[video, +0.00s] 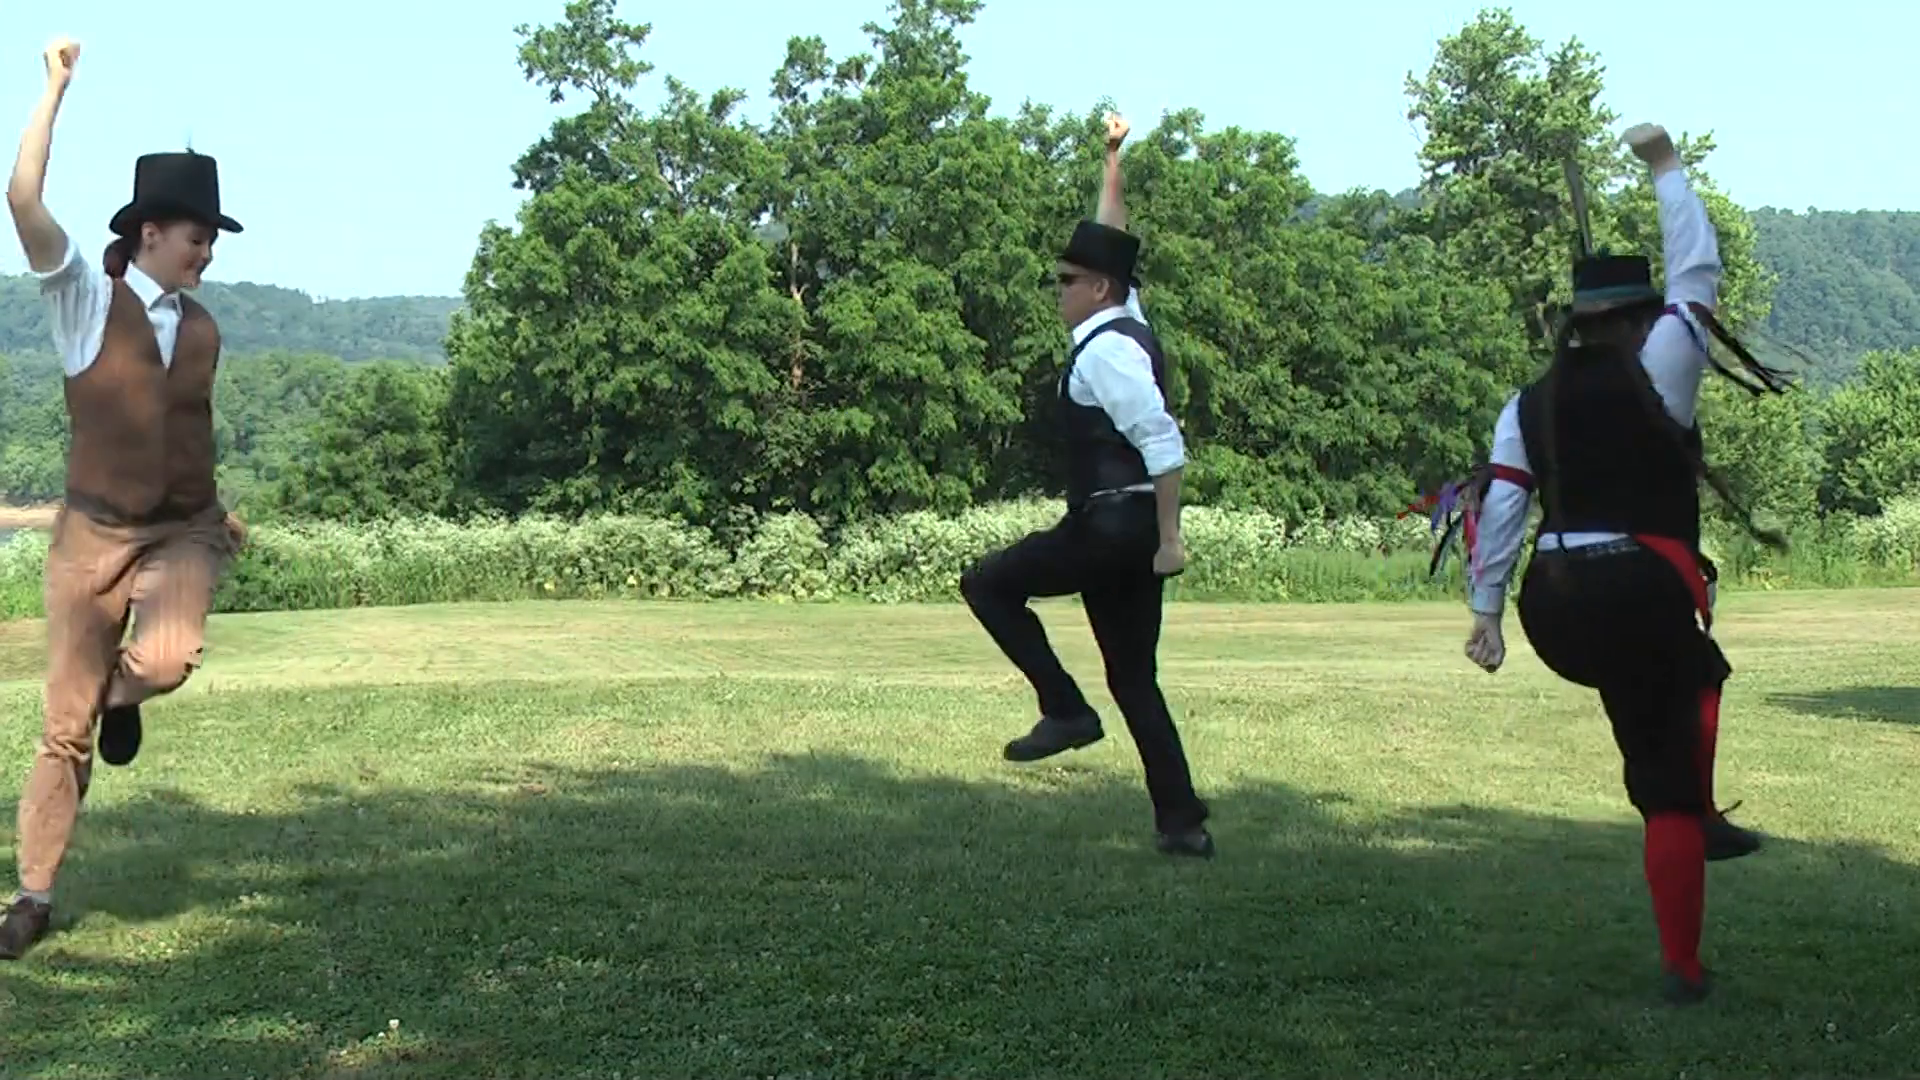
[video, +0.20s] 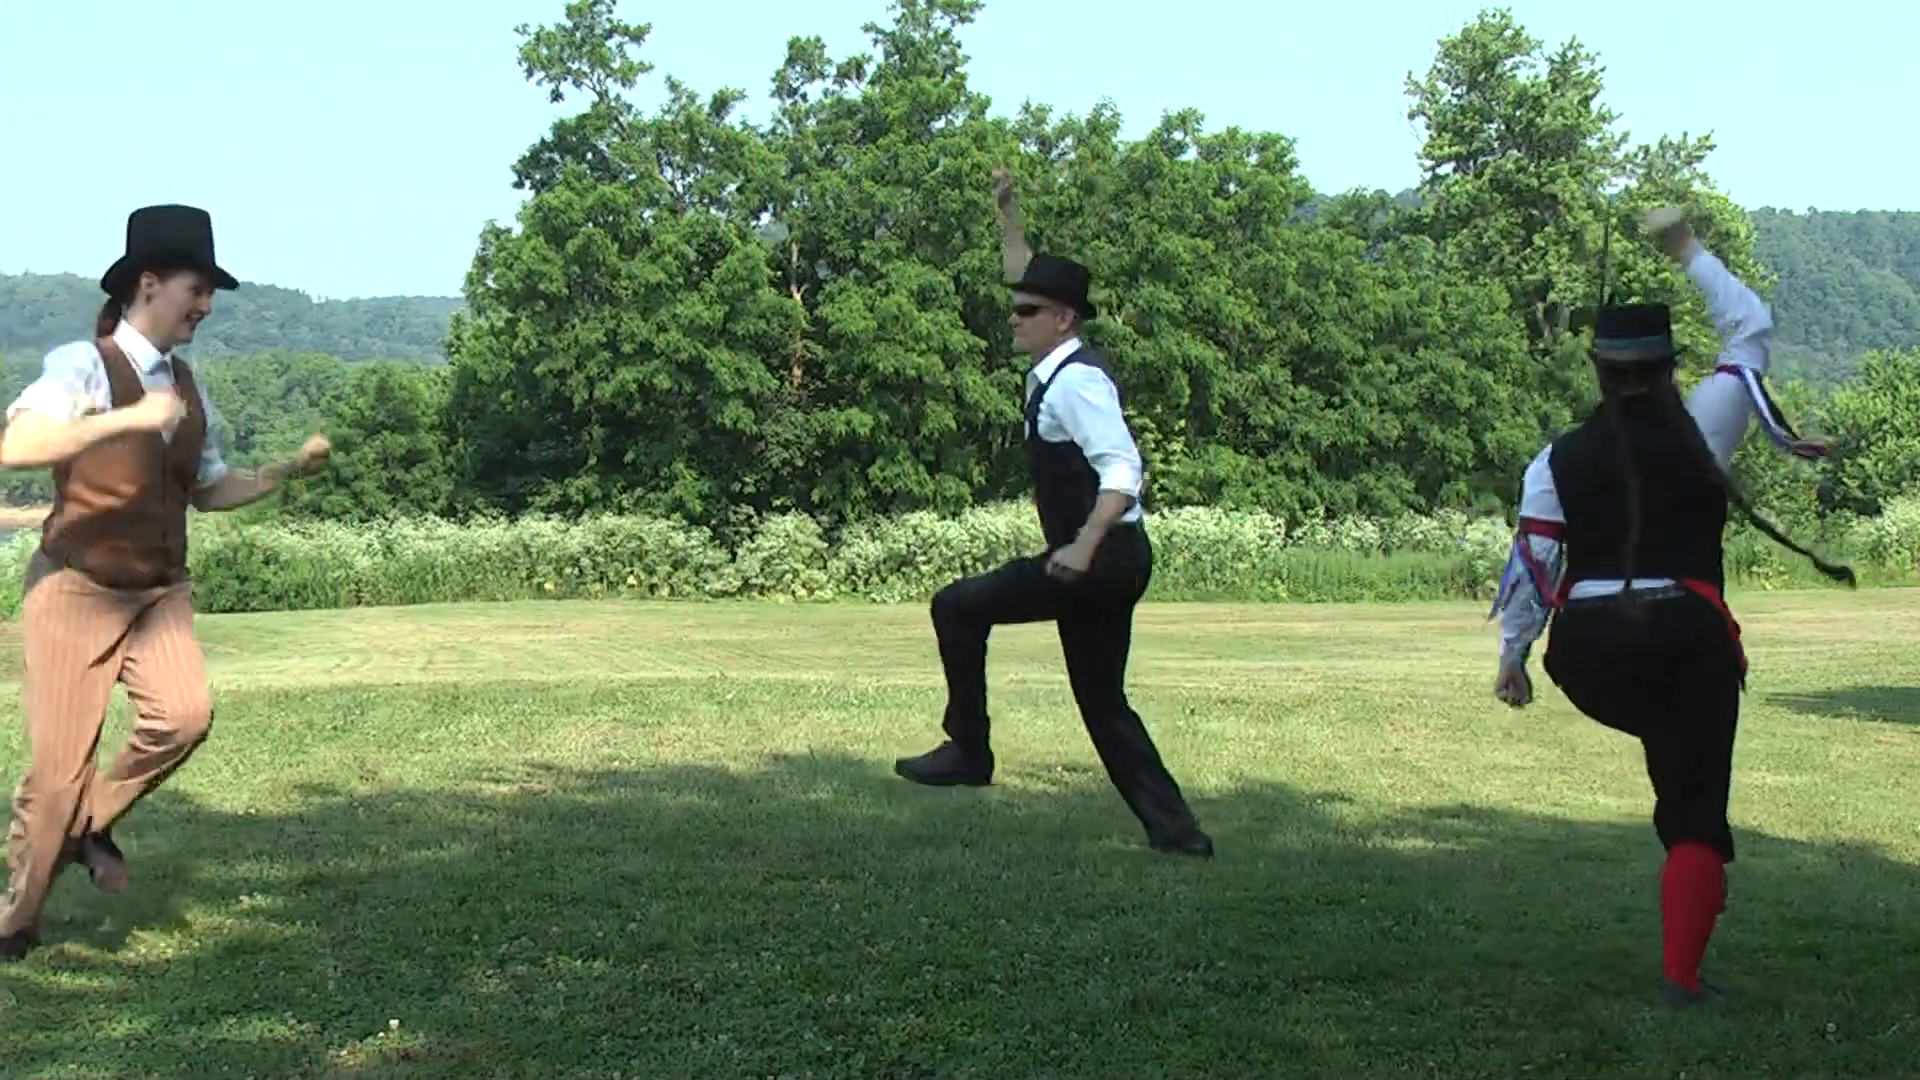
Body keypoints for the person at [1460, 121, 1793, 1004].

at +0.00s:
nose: (1649, 319)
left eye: (1627, 310)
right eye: (1643, 307)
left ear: (1576, 321)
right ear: (1639, 318)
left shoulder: (1528, 404)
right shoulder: (1665, 358)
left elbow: (1501, 507)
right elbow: (1695, 266)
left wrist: (1485, 608)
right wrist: (1666, 166)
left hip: (1553, 597)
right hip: (1645, 591)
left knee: (1694, 665)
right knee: (1675, 787)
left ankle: (1697, 815)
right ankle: (1682, 969)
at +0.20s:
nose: (1651, 374)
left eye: (1625, 364)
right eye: (1658, 363)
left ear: (1600, 372)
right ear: (1670, 366)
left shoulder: (1557, 459)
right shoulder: (1705, 425)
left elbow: (1532, 564)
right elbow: (1751, 329)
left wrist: (1512, 652)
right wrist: (1693, 250)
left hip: (1585, 650)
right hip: (1690, 641)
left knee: (1674, 723)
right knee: (1694, 808)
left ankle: (1699, 846)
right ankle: (1679, 981)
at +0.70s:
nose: (1531, 355)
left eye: (1535, 344)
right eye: (1543, 344)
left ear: (1538, 353)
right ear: (1598, 351)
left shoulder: (1513, 399)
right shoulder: (1642, 411)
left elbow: (1473, 318)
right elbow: (1694, 496)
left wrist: (1467, 227)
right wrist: (1723, 582)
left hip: (1561, 607)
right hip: (1651, 597)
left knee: (1604, 764)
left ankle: (1659, 926)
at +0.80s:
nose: (1504, 330)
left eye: (1510, 322)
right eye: (1512, 322)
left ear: (1519, 330)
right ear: (1575, 331)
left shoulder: (1497, 374)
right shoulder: (1620, 391)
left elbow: (1462, 291)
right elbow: (1671, 475)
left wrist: (1463, 199)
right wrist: (1705, 563)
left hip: (1539, 584)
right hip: (1625, 573)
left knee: (1572, 747)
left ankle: (1624, 897)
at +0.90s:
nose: (1478, 346)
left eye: (1484, 337)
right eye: (1485, 335)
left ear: (1499, 343)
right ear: (1552, 344)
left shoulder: (1478, 382)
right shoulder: (1591, 405)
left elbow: (1450, 294)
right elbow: (1643, 492)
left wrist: (1453, 212)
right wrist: (1674, 575)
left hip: (1521, 592)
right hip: (1603, 579)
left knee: (1544, 749)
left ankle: (1566, 900)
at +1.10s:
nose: (1438, 400)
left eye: (1443, 391)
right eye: (1442, 391)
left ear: (1457, 400)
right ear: (1498, 400)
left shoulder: (1448, 448)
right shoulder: (1531, 462)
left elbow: (1410, 360)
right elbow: (1572, 545)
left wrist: (1394, 277)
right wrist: (1593, 625)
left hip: (1494, 631)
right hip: (1550, 622)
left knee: (1483, 787)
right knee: (1414, 700)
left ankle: (1561, 916)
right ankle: (1447, 839)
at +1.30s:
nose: (1375, 362)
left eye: (1381, 355)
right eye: (1387, 354)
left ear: (1389, 360)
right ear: (1434, 364)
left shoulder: (1378, 398)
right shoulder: (1461, 428)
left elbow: (1358, 323)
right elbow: (1501, 509)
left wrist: (1353, 239)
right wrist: (1516, 587)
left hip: (1409, 598)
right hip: (1459, 594)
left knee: (1410, 763)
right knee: (1343, 702)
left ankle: (1506, 866)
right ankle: (1341, 844)